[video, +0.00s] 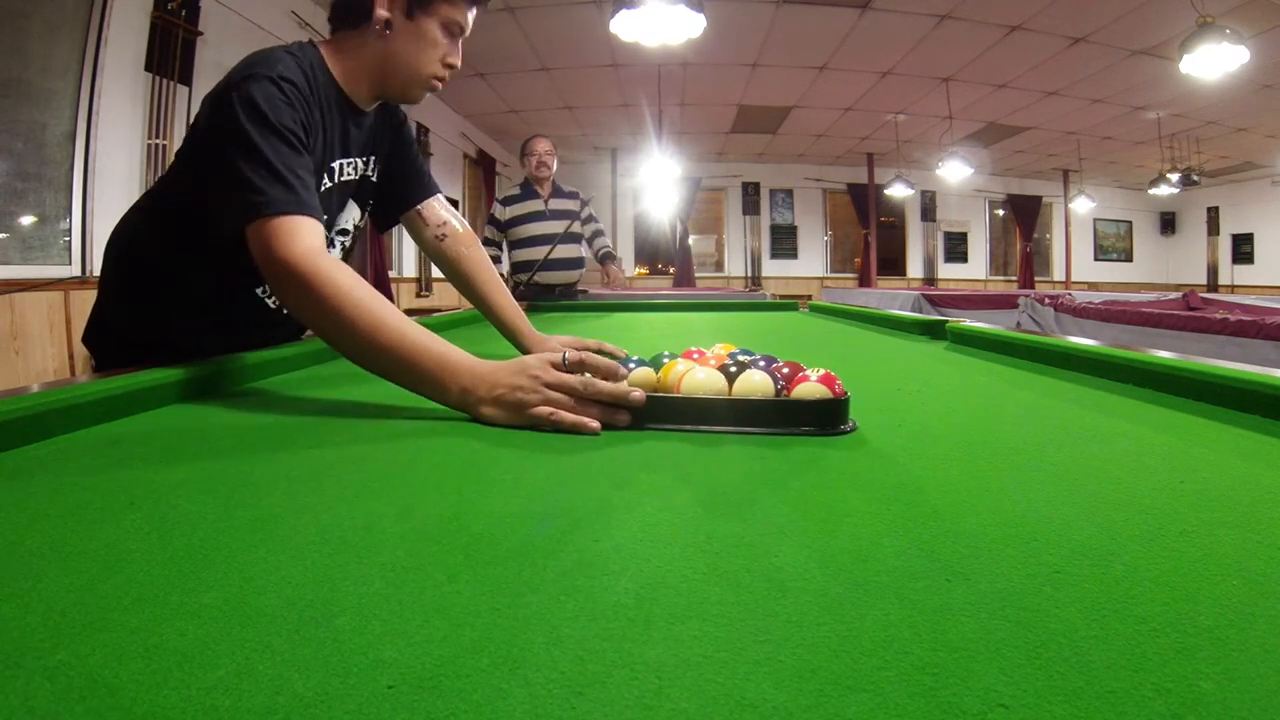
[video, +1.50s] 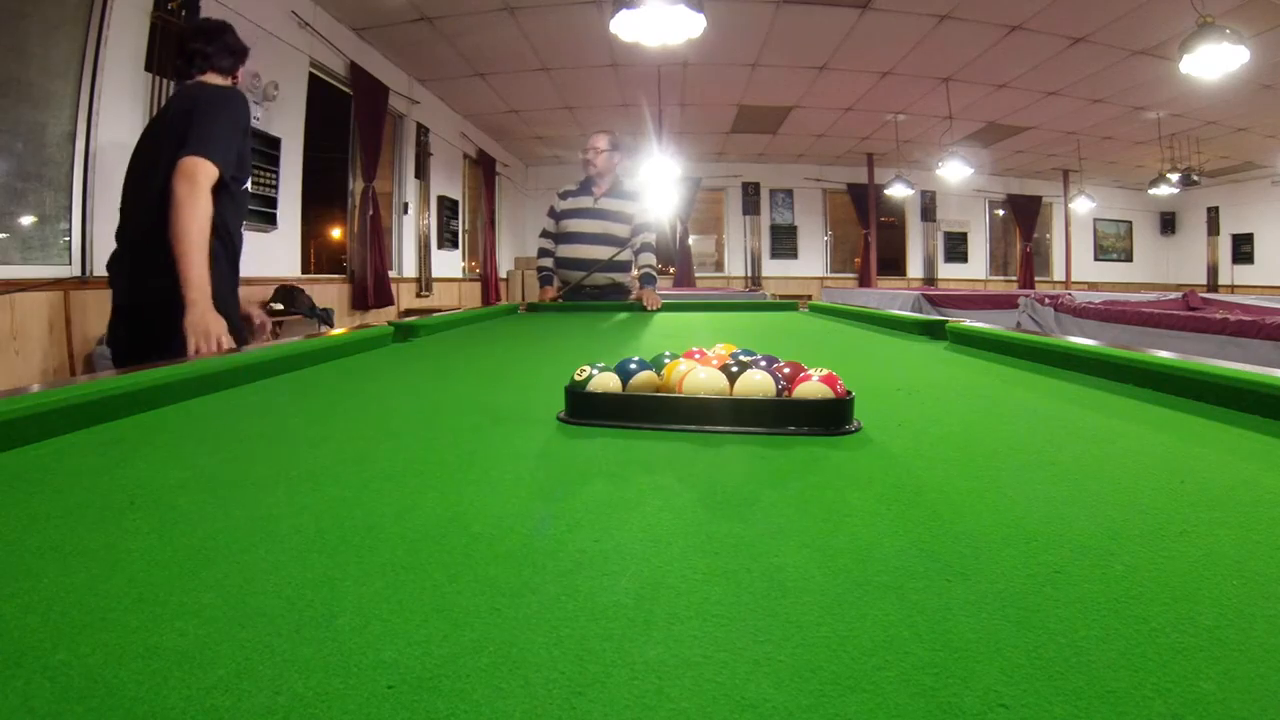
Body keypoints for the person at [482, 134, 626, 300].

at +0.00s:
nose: (542, 158)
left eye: (548, 153)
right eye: (534, 154)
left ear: (556, 160)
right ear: (524, 163)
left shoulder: (575, 199)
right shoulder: (506, 203)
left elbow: (595, 234)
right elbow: (491, 248)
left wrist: (609, 263)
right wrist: (496, 284)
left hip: (569, 296)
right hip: (527, 298)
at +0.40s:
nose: (557, 155)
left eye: (564, 151)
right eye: (550, 152)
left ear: (574, 160)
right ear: (541, 161)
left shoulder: (592, 201)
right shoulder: (521, 201)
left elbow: (610, 241)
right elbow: (505, 244)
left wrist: (627, 275)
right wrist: (509, 285)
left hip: (583, 298)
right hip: (538, 299)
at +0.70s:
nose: (583, 155)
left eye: (590, 150)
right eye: (577, 150)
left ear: (600, 158)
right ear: (568, 159)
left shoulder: (618, 203)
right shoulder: (546, 200)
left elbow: (632, 244)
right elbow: (531, 243)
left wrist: (641, 282)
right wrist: (531, 282)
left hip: (605, 299)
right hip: (558, 299)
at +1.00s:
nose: (609, 154)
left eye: (617, 150)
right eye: (602, 149)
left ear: (625, 157)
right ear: (593, 157)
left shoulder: (638, 203)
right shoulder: (569, 198)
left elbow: (649, 246)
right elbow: (551, 242)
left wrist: (649, 285)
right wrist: (549, 284)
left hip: (619, 300)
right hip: (574, 298)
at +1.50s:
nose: (588, 157)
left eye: (596, 151)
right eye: (586, 152)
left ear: (616, 158)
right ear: (583, 155)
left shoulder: (634, 200)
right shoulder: (565, 197)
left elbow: (644, 243)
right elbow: (546, 241)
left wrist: (648, 286)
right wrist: (546, 284)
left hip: (615, 298)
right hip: (570, 297)